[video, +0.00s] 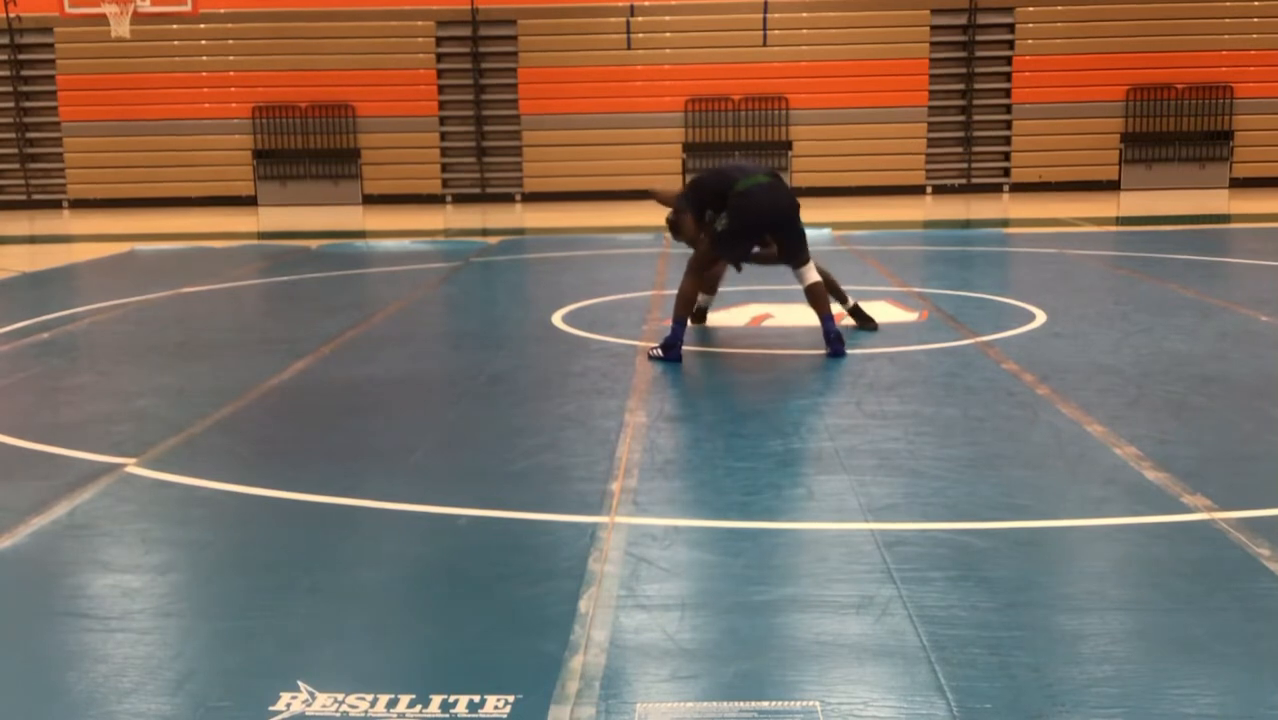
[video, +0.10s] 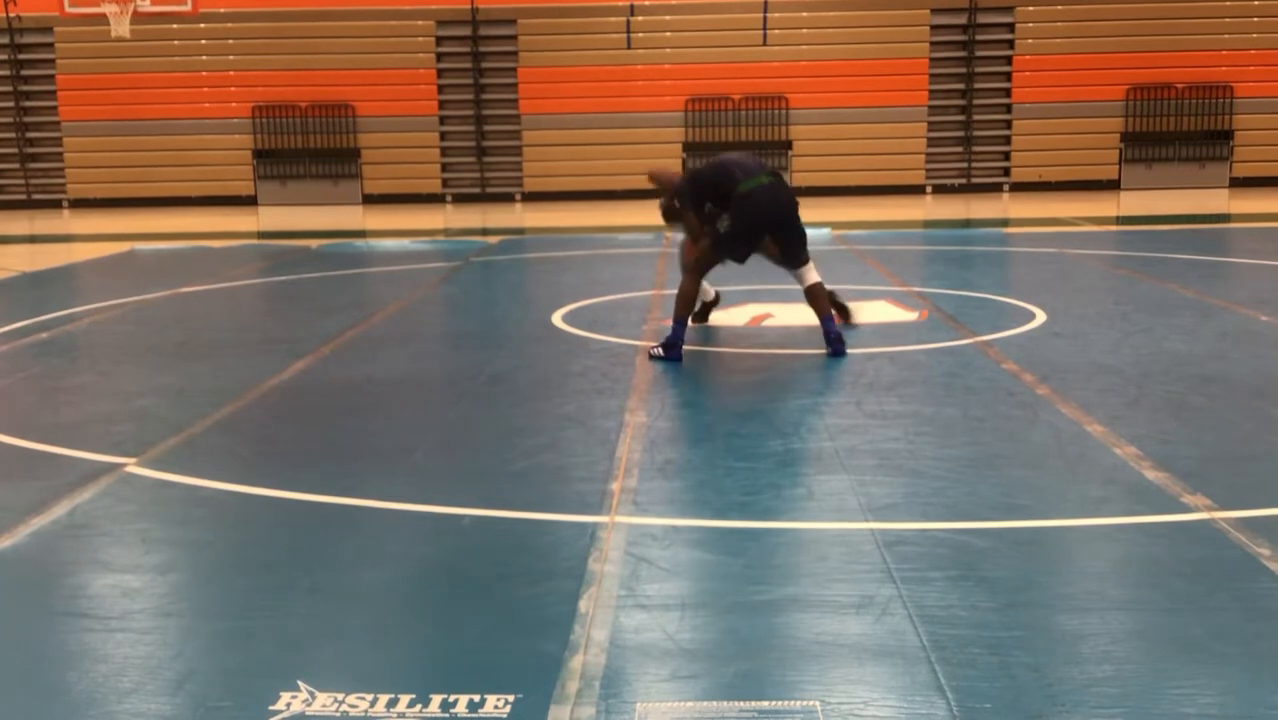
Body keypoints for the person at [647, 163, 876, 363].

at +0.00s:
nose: (689, 244)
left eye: (685, 238)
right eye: (684, 242)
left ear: (683, 218)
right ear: (698, 217)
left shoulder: (688, 197)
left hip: (746, 201)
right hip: (781, 198)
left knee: (696, 269)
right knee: (806, 271)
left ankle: (672, 344)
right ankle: (833, 337)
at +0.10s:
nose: (687, 221)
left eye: (682, 218)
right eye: (682, 219)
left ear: (678, 203)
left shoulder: (687, 185)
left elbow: (696, 235)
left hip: (746, 207)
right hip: (783, 200)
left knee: (693, 269)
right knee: (805, 271)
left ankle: (674, 341)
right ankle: (832, 334)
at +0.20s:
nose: (671, 195)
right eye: (668, 191)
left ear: (673, 176)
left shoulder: (686, 167)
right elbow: (732, 251)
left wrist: (662, 269)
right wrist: (764, 275)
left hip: (743, 208)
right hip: (780, 202)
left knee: (693, 272)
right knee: (802, 268)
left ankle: (672, 342)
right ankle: (827, 334)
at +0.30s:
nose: (675, 166)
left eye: (674, 161)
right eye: (673, 162)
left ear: (680, 148)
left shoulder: (695, 139)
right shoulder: (736, 142)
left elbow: (679, 185)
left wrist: (705, 213)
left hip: (747, 197)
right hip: (785, 192)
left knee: (704, 271)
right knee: (792, 266)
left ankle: (678, 340)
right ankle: (792, 337)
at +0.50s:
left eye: (666, 228)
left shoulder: (696, 183)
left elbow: (707, 228)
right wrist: (726, 284)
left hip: (765, 200)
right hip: (798, 198)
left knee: (713, 263)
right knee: (775, 277)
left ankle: (704, 350)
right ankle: (794, 345)